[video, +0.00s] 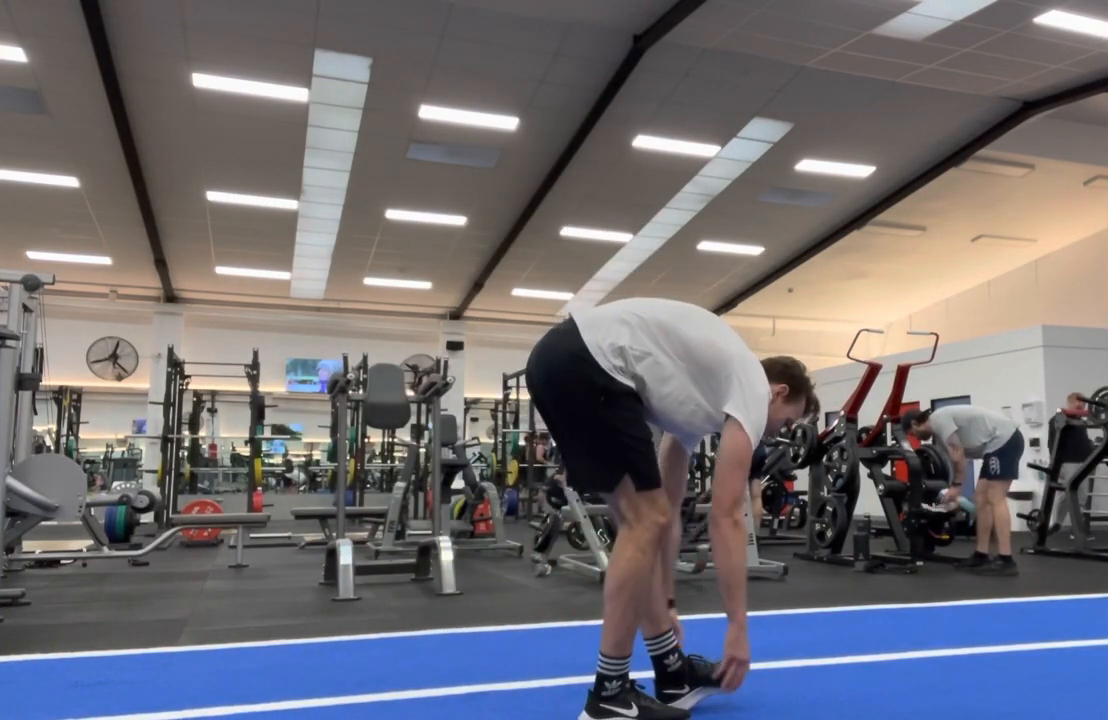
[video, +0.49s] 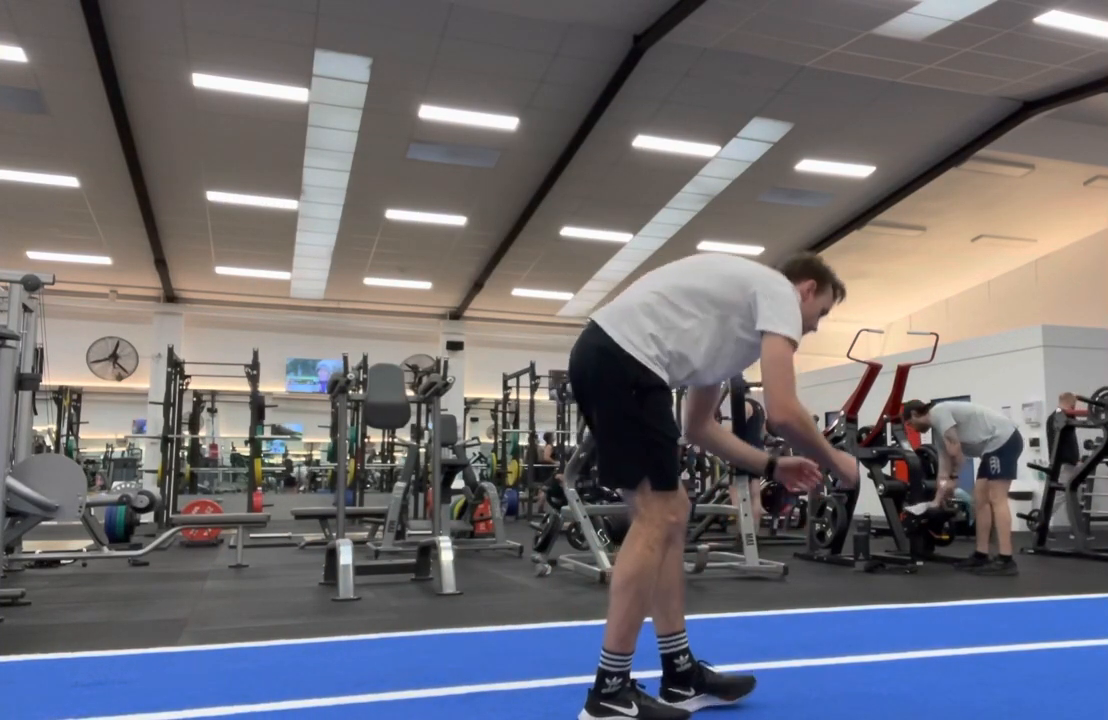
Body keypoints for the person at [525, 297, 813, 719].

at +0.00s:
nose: (779, 432)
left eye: (787, 426)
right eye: (786, 421)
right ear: (777, 393)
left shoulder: (691, 399)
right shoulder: (751, 387)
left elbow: (668, 506)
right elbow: (727, 514)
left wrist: (665, 601)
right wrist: (737, 626)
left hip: (565, 360)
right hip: (586, 363)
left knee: (636, 519)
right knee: (649, 518)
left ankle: (671, 671)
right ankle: (609, 691)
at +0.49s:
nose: (817, 324)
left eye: (824, 316)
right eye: (823, 311)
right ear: (807, 289)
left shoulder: (727, 324)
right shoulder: (777, 289)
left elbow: (699, 426)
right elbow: (782, 411)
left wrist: (773, 464)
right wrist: (833, 455)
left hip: (624, 361)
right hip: (622, 360)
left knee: (672, 511)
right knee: (658, 515)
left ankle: (680, 672)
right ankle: (610, 688)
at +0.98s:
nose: (843, 193)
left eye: (846, 183)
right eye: (844, 181)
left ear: (802, 168)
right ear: (826, 168)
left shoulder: (757, 206)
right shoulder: (806, 202)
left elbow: (719, 292)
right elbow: (760, 276)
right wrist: (794, 375)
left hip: (694, 364)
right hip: (739, 367)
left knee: (709, 516)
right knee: (769, 516)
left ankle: (685, 670)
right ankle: (770, 672)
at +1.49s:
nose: (899, 205)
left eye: (902, 197)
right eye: (901, 195)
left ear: (859, 178)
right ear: (887, 181)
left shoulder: (799, 225)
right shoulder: (871, 214)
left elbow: (767, 316)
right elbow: (857, 302)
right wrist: (896, 397)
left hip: (765, 374)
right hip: (810, 375)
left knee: (818, 516)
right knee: (858, 512)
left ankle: (832, 657)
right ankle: (787, 653)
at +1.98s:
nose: (968, 379)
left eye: (975, 376)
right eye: (976, 370)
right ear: (972, 344)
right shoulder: (946, 340)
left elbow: (827, 419)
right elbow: (902, 421)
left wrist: (796, 503)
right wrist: (888, 513)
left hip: (772, 371)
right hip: (814, 376)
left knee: (828, 524)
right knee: (858, 523)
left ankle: (834, 665)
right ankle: (911, 667)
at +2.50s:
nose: (968, 463)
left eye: (974, 459)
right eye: (976, 454)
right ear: (982, 429)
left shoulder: (892, 417)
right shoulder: (964, 394)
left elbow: (901, 512)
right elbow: (975, 514)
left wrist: (927, 598)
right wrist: (1010, 601)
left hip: (781, 369)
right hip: (822, 369)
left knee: (833, 520)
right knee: (867, 521)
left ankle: (834, 665)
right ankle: (912, 670)